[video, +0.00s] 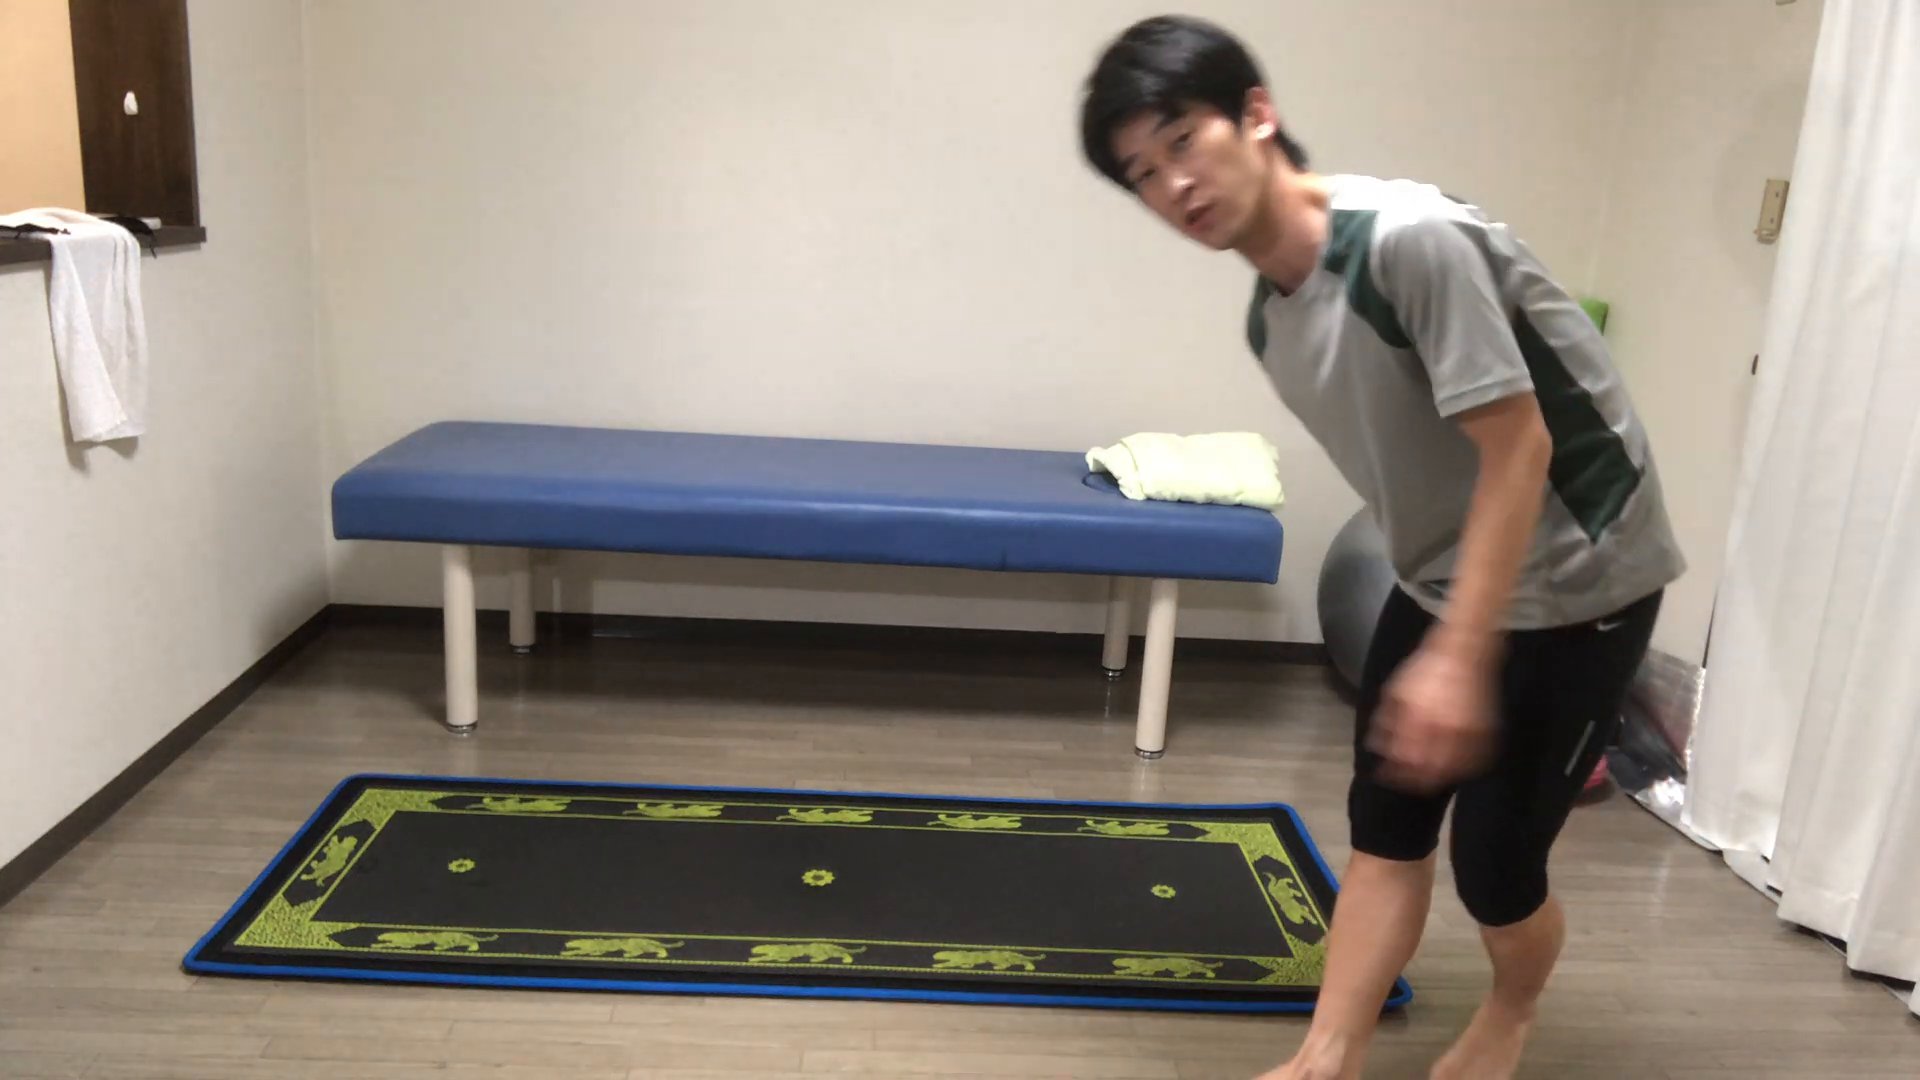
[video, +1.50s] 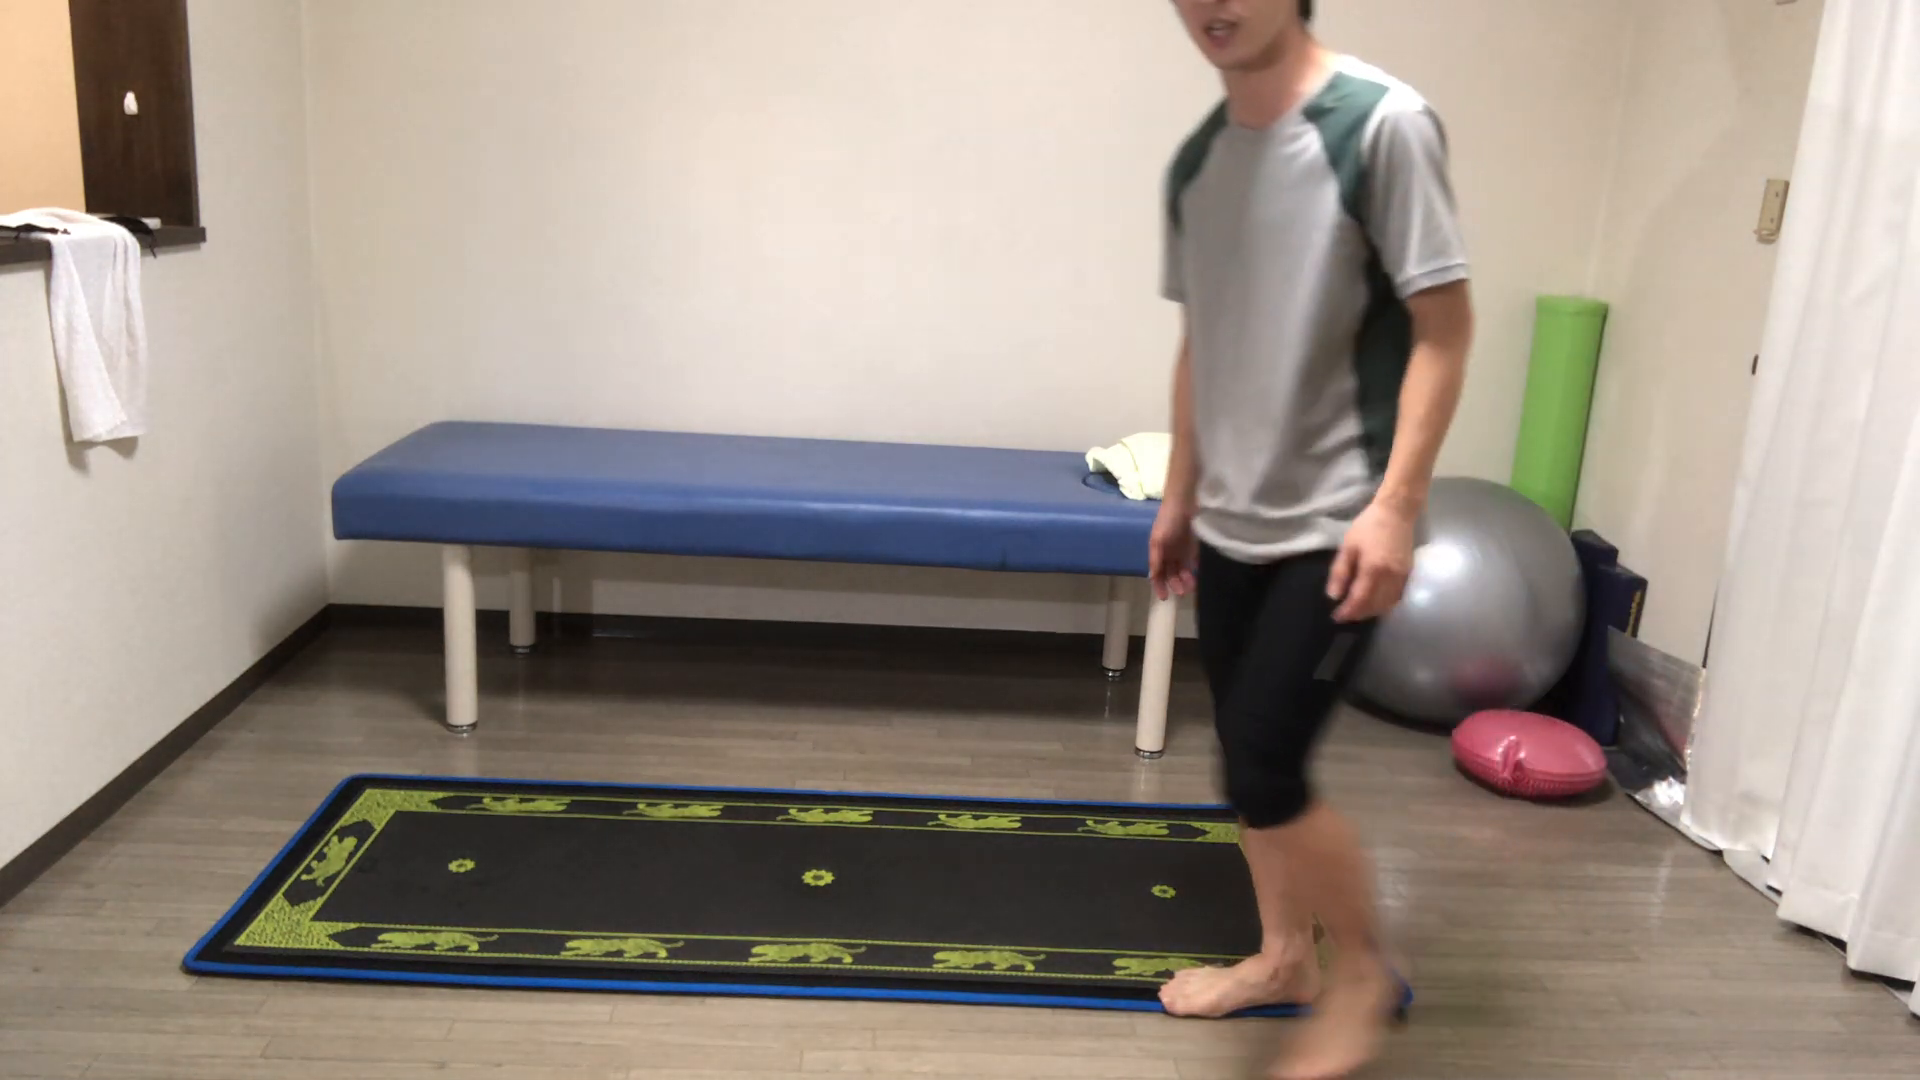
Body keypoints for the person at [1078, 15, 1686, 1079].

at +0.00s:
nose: (1174, 185)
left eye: (1183, 142)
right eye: (1144, 177)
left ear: (1258, 118)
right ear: (1138, 204)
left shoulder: (1414, 242)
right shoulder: (1270, 323)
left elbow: (1520, 449)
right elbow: (1410, 469)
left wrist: (1458, 654)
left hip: (1581, 580)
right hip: (1443, 579)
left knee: (1493, 857)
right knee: (1386, 815)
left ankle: (1510, 1011)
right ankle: (1326, 1058)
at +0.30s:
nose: (1330, 113)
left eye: (1350, 70)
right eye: (1298, 96)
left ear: (1420, 59)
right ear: (1283, 121)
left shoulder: (1555, 208)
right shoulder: (1355, 278)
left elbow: (1629, 409)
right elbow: (1432, 441)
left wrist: (1450, 533)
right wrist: (1435, 570)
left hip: (1615, 583)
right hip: (1474, 577)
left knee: (1536, 830)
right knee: (1394, 799)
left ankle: (1508, 1033)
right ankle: (1332, 1044)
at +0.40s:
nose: (1374, 86)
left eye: (1396, 47)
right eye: (1343, 67)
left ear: (1462, 40)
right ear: (1325, 96)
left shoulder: (1596, 196)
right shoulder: (1380, 262)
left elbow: (1665, 404)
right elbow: (1437, 433)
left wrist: (1573, 581)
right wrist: (1451, 571)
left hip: (1623, 576)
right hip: (1477, 569)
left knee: (1542, 825)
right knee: (1383, 790)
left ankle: (1504, 1036)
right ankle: (1327, 1040)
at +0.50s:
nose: (1406, 59)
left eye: (1431, 22)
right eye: (1376, 38)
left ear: (1500, 25)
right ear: (1361, 63)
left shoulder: (1621, 191)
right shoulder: (1401, 234)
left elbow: (1689, 406)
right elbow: (1447, 412)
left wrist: (1710, 596)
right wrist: (1453, 548)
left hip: (1607, 578)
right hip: (1468, 561)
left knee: (1540, 819)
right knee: (1362, 775)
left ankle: (1504, 1034)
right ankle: (1317, 1031)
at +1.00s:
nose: (1402, 8)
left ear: (1494, 7)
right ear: (1370, 12)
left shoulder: (1574, 159)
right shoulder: (1362, 167)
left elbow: (1604, 375)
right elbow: (1364, 354)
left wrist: (1566, 556)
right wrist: (1345, 505)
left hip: (1513, 538)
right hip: (1386, 523)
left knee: (1506, 789)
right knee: (1314, 735)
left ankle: (1504, 1021)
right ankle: (1290, 956)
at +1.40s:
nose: (1233, 11)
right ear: (1201, 12)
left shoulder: (1408, 126)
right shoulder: (1229, 163)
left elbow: (1471, 328)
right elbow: (1239, 343)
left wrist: (1394, 499)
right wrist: (1199, 493)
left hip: (1370, 528)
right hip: (1257, 520)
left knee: (1332, 778)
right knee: (1268, 752)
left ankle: (1447, 978)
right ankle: (1287, 955)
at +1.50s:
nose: (1213, 10)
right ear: (1177, 9)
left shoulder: (1381, 125)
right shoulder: (1197, 160)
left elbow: (1445, 332)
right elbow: (1201, 342)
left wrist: (1398, 503)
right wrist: (1180, 494)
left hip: (1335, 518)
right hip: (1228, 515)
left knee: (1265, 758)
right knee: (1248, 757)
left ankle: (1365, 973)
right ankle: (1285, 958)